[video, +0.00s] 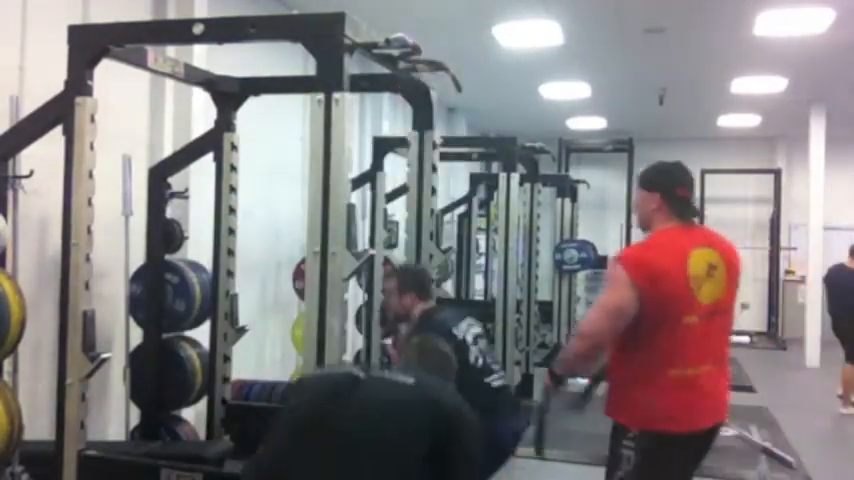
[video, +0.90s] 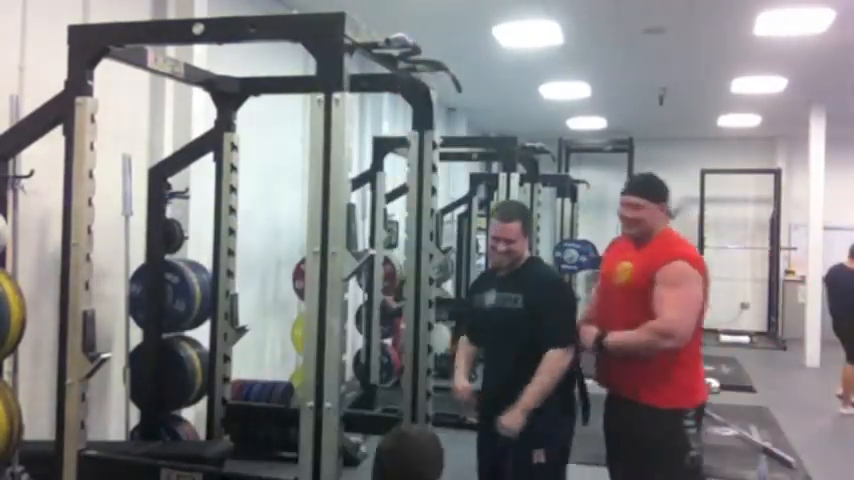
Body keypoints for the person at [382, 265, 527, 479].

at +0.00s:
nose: (385, 301)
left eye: (389, 294)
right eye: (385, 294)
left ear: (410, 299)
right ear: (426, 295)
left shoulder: (426, 337)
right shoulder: (455, 314)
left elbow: (429, 395)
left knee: (465, 472)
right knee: (475, 471)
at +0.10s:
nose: (377, 329)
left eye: (381, 320)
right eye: (376, 321)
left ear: (403, 319)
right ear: (407, 317)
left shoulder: (425, 346)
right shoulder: (439, 329)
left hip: (500, 422)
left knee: (476, 473)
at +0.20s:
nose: (386, 328)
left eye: (391, 319)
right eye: (384, 321)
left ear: (412, 311)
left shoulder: (442, 337)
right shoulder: (432, 338)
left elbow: (479, 393)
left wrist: (488, 469)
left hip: (519, 413)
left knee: (497, 472)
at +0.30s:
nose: (411, 308)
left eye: (417, 300)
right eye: (407, 302)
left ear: (440, 292)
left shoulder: (466, 325)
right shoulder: (446, 326)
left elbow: (494, 387)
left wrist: (497, 464)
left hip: (530, 409)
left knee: (508, 473)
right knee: (484, 469)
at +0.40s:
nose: (442, 289)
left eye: (448, 281)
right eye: (436, 282)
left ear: (470, 275)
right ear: (432, 281)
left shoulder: (493, 312)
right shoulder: (458, 314)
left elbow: (506, 385)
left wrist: (488, 456)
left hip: (536, 420)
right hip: (490, 411)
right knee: (460, 465)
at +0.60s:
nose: (489, 268)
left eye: (497, 261)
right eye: (484, 261)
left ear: (517, 256)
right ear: (477, 258)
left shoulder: (540, 298)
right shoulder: (484, 299)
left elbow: (533, 370)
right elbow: (460, 347)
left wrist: (480, 407)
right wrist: (425, 386)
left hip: (550, 414)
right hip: (507, 408)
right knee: (479, 466)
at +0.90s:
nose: (500, 248)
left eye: (509, 242)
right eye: (495, 240)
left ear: (527, 240)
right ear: (488, 237)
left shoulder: (550, 285)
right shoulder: (482, 285)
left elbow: (561, 352)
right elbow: (469, 337)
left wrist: (520, 409)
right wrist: (461, 377)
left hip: (543, 414)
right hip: (493, 413)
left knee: (538, 473)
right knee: (491, 473)